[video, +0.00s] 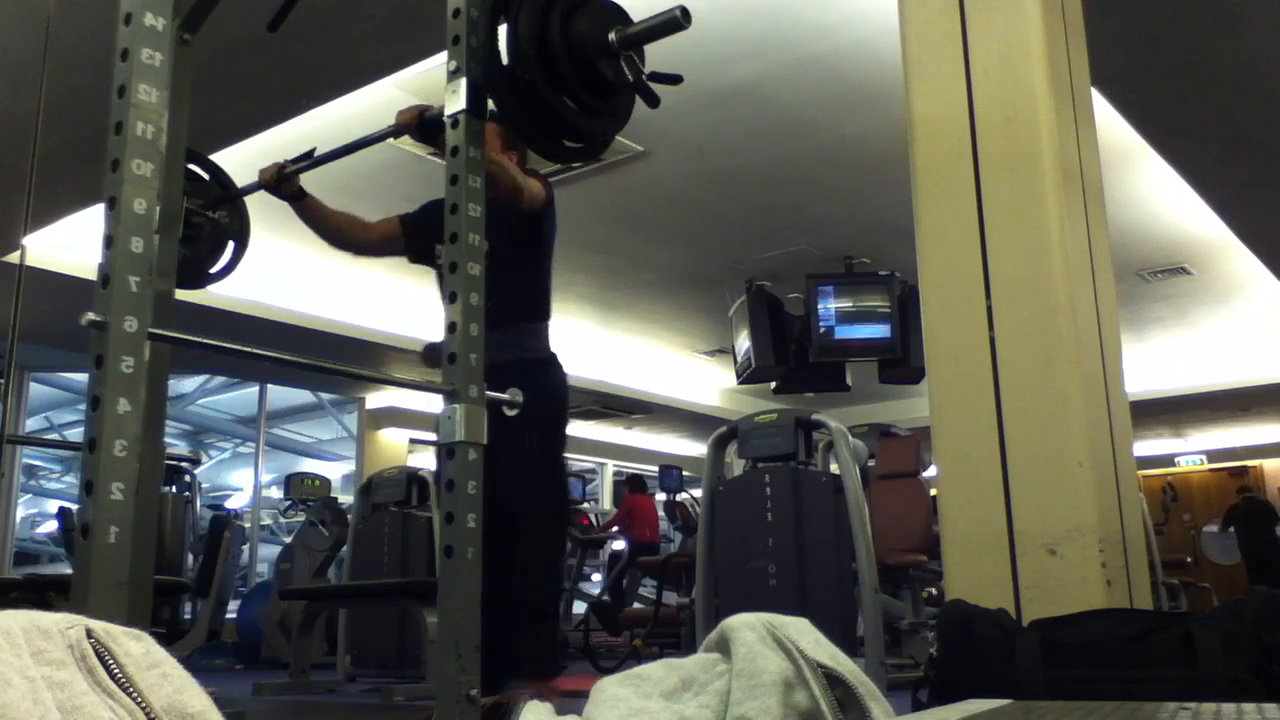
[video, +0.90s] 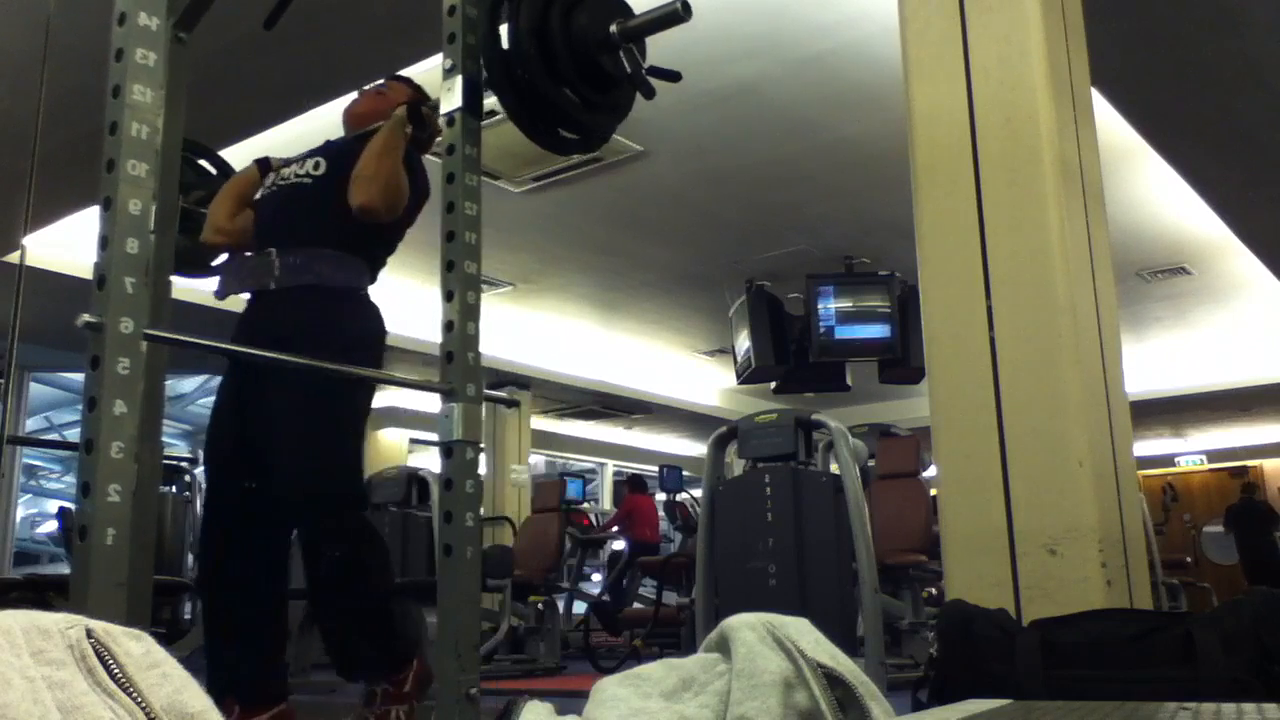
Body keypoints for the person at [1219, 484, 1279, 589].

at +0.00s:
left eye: (1239, 495)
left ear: (1239, 495)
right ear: (1252, 493)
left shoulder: (1234, 508)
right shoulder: (1266, 504)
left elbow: (1223, 529)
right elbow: (1276, 521)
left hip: (1249, 550)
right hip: (1271, 548)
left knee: (1255, 580)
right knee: (1274, 579)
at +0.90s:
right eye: (1254, 491)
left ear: (1241, 492)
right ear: (1255, 492)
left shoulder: (1232, 509)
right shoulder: (1264, 506)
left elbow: (1227, 530)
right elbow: (1276, 523)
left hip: (1246, 553)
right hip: (1268, 551)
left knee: (1253, 582)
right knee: (1272, 581)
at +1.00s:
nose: (1262, 493)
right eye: (1261, 491)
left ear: (1245, 492)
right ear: (1259, 492)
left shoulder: (1236, 508)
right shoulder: (1267, 506)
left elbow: (1230, 525)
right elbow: (1277, 524)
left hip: (1247, 552)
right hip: (1269, 551)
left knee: (1253, 581)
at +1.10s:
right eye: (1261, 491)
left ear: (1249, 491)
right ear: (1264, 491)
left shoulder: (1240, 508)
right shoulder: (1272, 508)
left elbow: (1232, 520)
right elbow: (1277, 526)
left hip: (1249, 552)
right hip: (1270, 552)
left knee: (1255, 583)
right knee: (1273, 582)